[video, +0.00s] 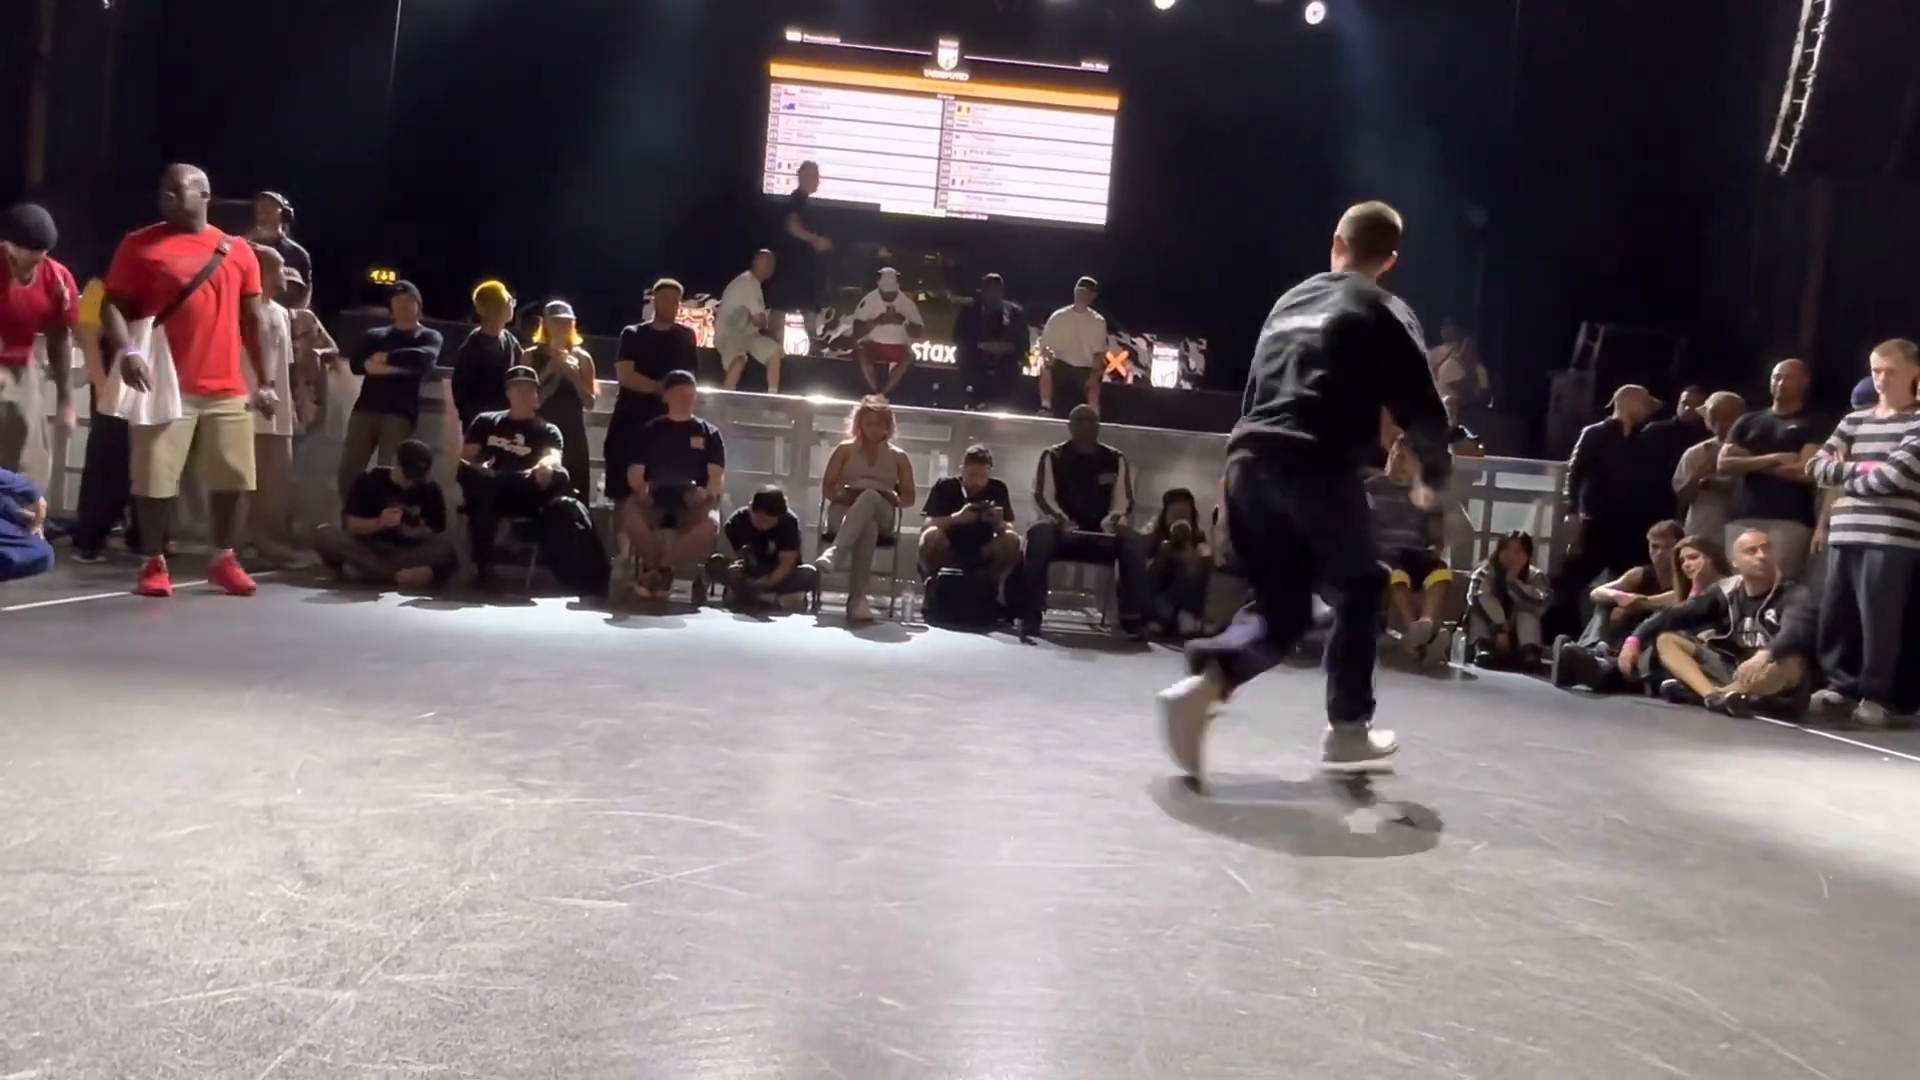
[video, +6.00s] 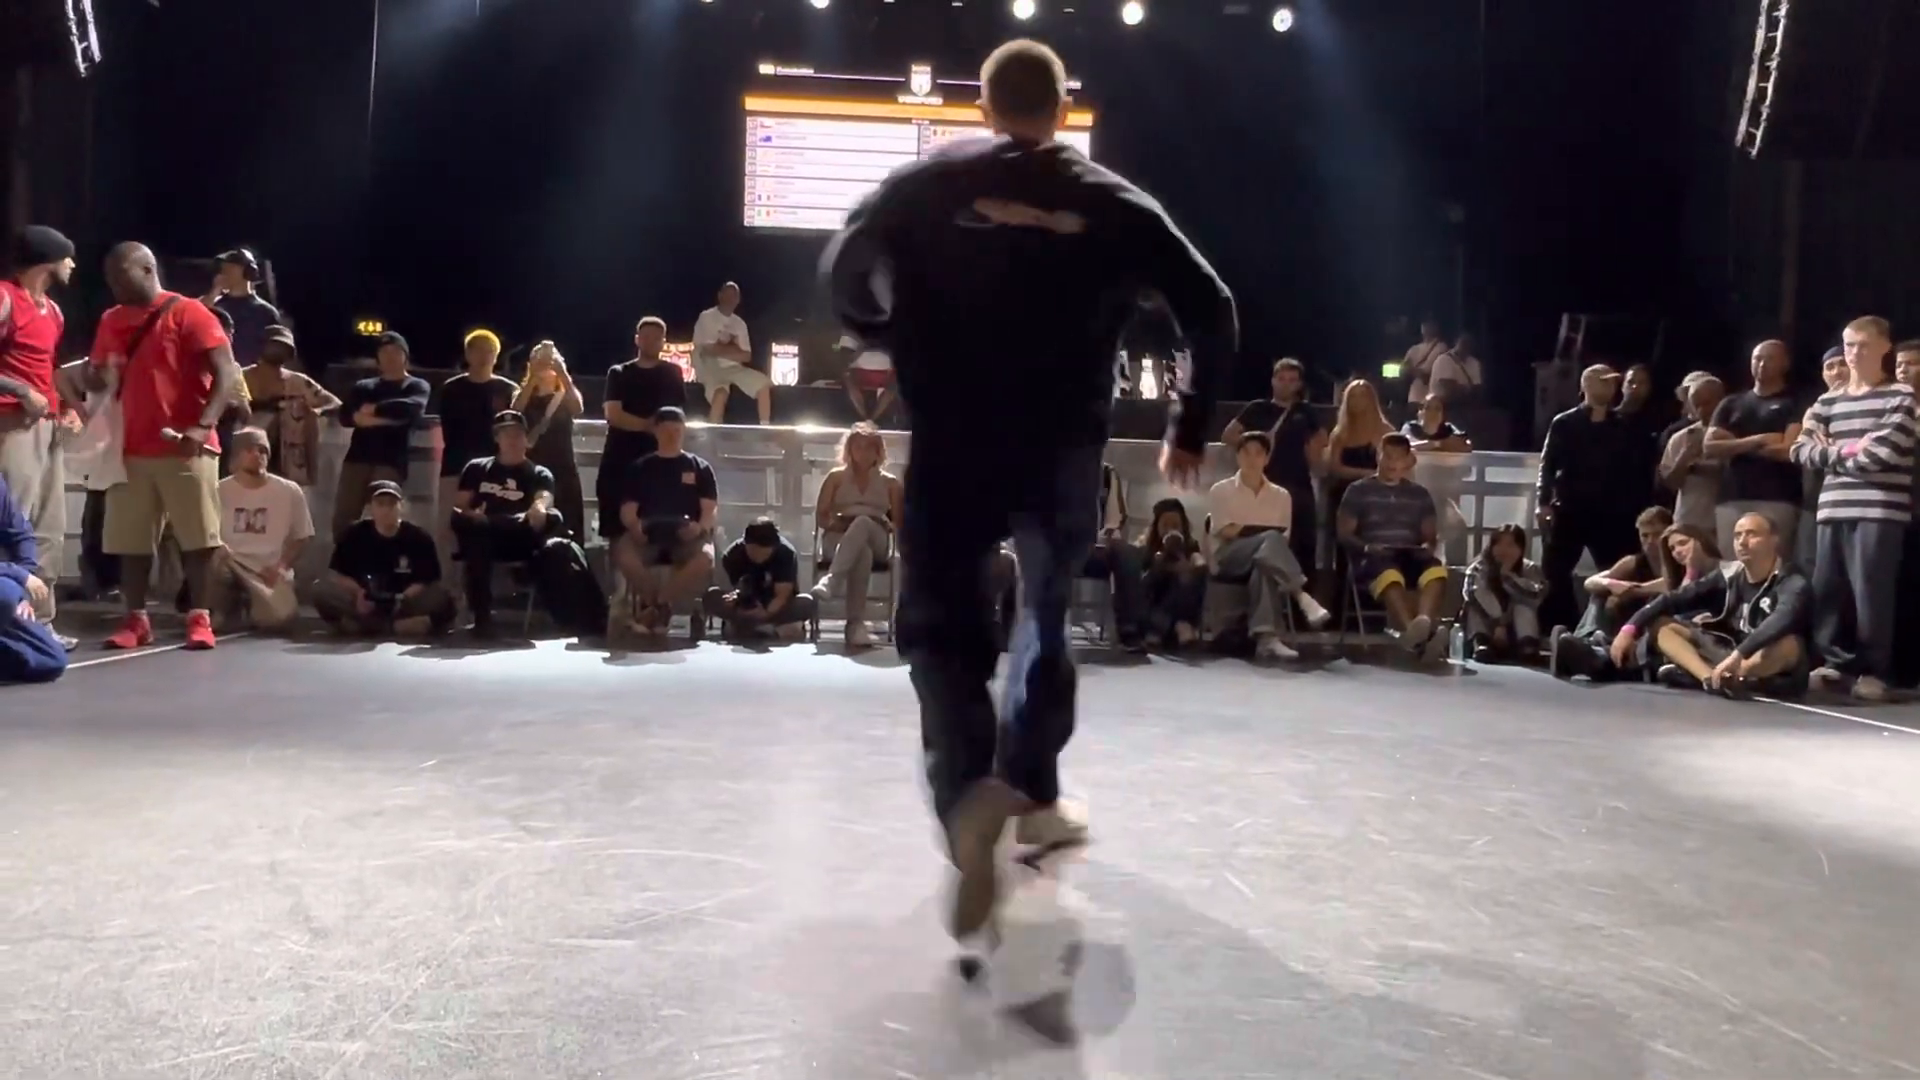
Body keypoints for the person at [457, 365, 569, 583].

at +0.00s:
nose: (527, 395)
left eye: (531, 390)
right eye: (521, 389)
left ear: (537, 395)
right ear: (508, 393)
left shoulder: (549, 430)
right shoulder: (485, 422)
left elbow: (551, 458)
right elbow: (464, 464)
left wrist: (543, 469)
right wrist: (480, 468)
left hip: (528, 485)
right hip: (493, 483)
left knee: (558, 477)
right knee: (473, 479)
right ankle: (483, 566)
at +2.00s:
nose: (524, 394)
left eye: (529, 389)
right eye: (519, 388)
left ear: (537, 394)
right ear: (508, 391)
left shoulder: (548, 430)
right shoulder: (486, 421)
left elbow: (552, 456)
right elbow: (466, 460)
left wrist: (546, 465)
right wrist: (486, 471)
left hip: (529, 488)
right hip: (493, 486)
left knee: (557, 478)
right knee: (480, 487)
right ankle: (484, 566)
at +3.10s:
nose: (518, 400)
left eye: (523, 395)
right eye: (513, 394)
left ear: (531, 400)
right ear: (502, 398)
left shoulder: (543, 436)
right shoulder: (481, 428)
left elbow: (546, 467)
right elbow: (460, 468)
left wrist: (543, 472)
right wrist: (478, 477)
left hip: (524, 494)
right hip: (489, 493)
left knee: (552, 484)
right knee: (474, 495)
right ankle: (479, 576)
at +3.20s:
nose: (516, 401)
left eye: (521, 396)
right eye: (511, 395)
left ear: (529, 401)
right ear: (500, 399)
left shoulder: (541, 437)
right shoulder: (479, 428)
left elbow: (543, 472)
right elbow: (458, 469)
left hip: (522, 495)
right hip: (486, 494)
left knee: (550, 485)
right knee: (472, 495)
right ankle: (477, 577)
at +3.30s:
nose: (514, 401)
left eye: (518, 396)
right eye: (508, 395)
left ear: (527, 402)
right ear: (498, 400)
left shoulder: (540, 438)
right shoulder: (477, 429)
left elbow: (543, 466)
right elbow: (457, 471)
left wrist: (538, 474)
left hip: (521, 495)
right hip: (486, 494)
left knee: (550, 486)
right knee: (469, 496)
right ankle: (475, 577)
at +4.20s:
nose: (498, 423)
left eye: (502, 417)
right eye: (492, 417)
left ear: (512, 421)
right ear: (482, 421)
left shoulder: (524, 457)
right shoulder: (461, 449)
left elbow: (529, 482)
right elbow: (442, 488)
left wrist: (522, 492)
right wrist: (458, 496)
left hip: (506, 514)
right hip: (470, 512)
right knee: (457, 518)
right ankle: (464, 597)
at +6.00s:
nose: (513, 440)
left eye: (517, 434)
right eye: (507, 434)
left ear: (526, 439)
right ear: (496, 438)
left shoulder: (540, 474)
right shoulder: (477, 468)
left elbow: (544, 497)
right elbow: (458, 509)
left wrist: (538, 507)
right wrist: (472, 515)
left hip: (521, 532)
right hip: (487, 532)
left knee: (553, 518)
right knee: (472, 536)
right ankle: (481, 617)